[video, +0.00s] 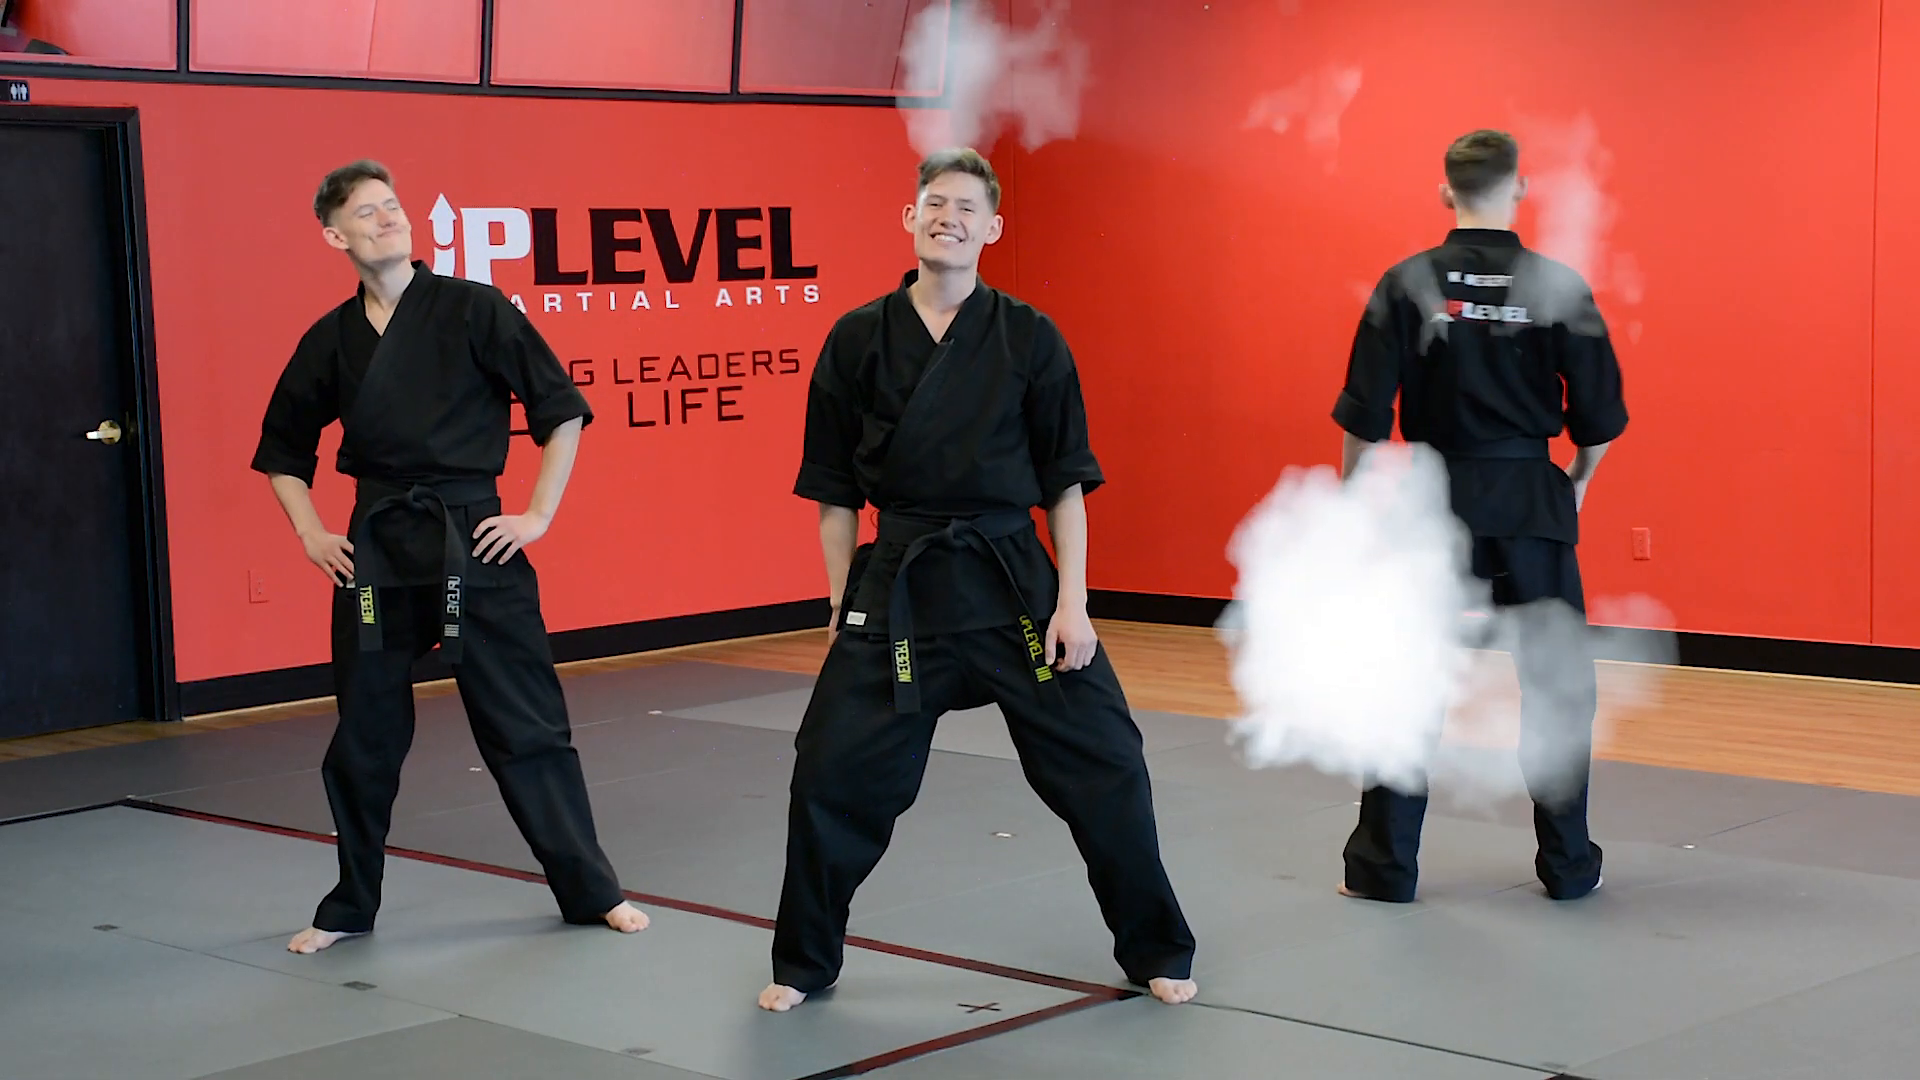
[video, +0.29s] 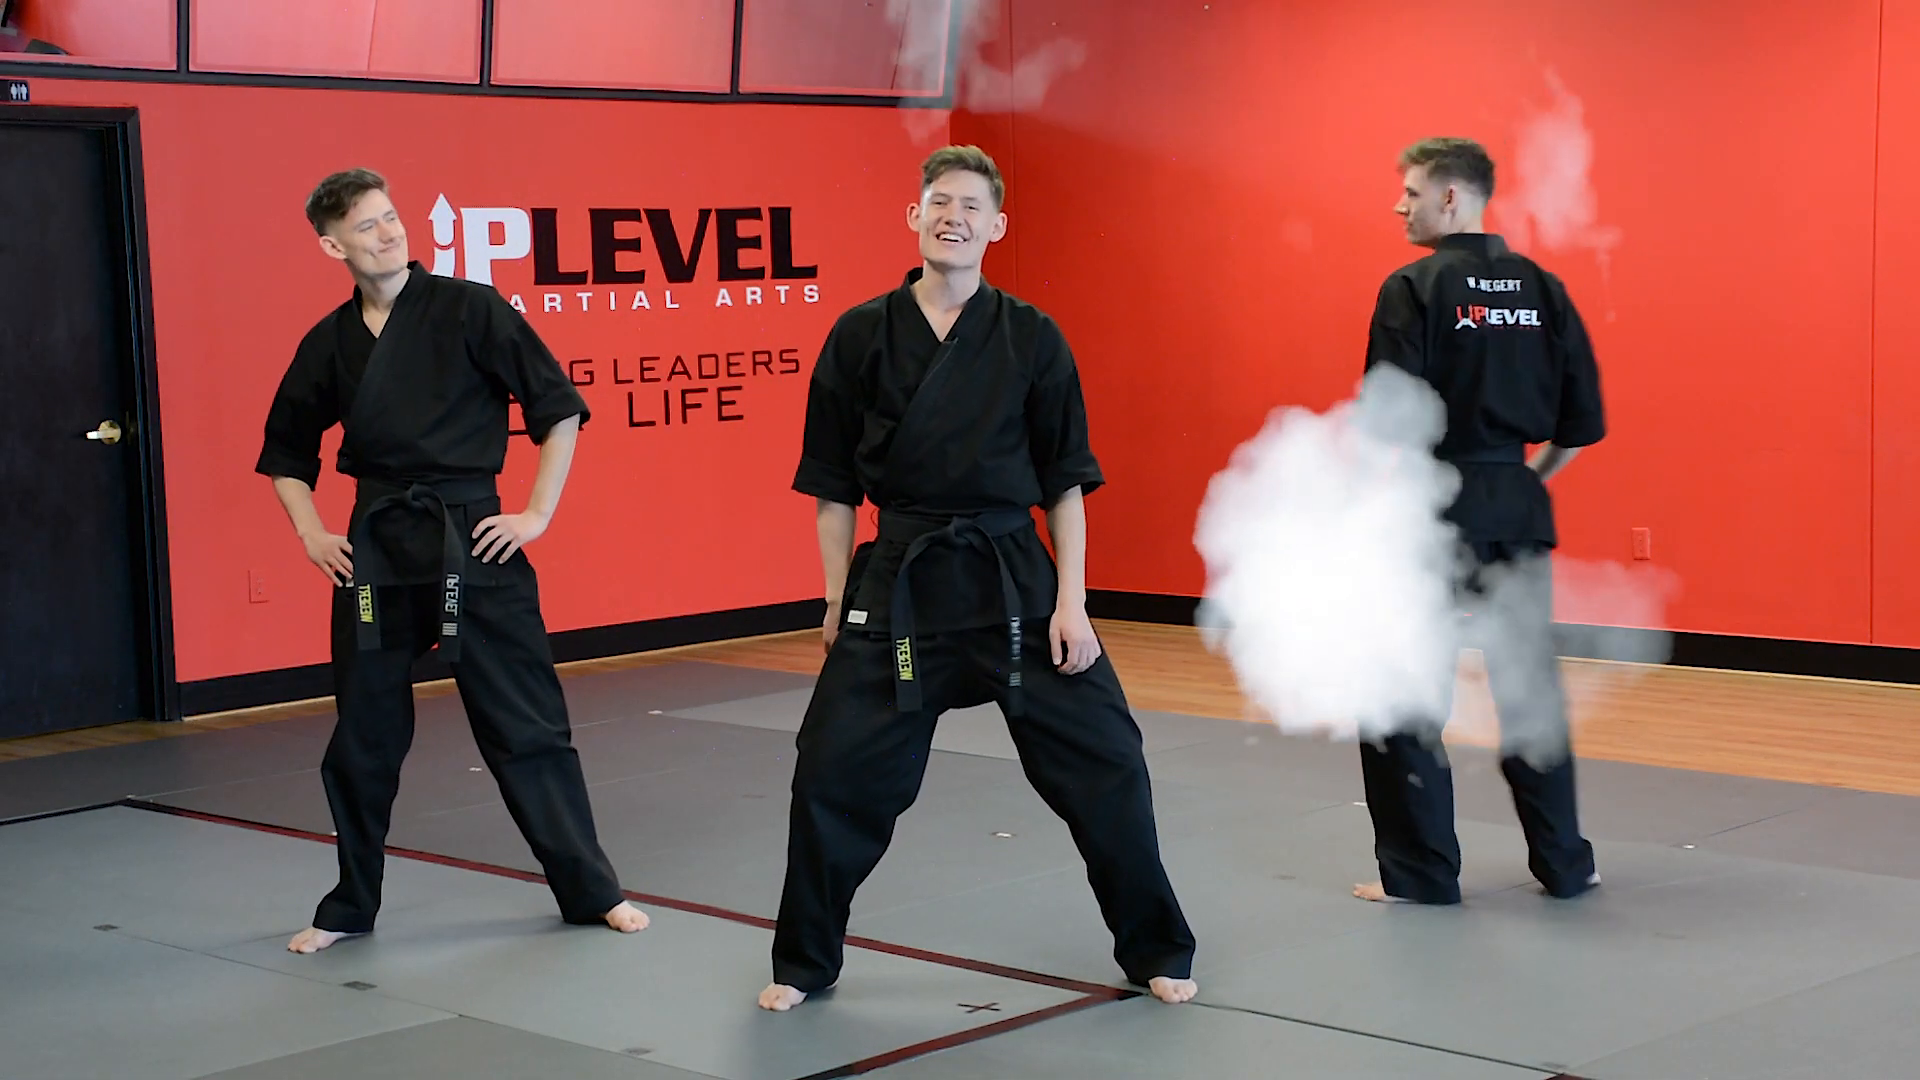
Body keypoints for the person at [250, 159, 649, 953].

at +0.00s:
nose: (387, 217)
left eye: (392, 204)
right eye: (366, 212)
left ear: (410, 218)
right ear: (337, 239)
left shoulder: (476, 309)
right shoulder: (331, 340)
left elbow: (564, 409)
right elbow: (281, 447)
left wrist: (538, 516)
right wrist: (311, 533)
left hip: (476, 538)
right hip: (378, 546)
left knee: (529, 725)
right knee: (362, 740)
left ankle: (592, 892)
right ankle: (352, 904)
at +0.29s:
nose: (388, 231)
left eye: (392, 217)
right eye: (368, 226)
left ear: (406, 226)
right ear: (336, 249)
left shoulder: (472, 308)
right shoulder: (329, 344)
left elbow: (561, 408)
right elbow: (286, 451)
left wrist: (536, 515)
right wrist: (312, 534)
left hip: (475, 539)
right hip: (378, 545)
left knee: (528, 725)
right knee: (362, 740)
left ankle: (591, 892)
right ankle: (352, 905)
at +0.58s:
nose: (380, 226)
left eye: (385, 212)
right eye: (358, 221)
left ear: (402, 223)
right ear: (330, 246)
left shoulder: (472, 307)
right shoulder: (327, 344)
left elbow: (561, 407)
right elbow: (284, 450)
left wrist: (537, 513)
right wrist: (312, 533)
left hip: (477, 539)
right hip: (379, 546)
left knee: (530, 725)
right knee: (363, 741)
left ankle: (592, 892)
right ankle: (351, 906)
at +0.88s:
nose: (379, 234)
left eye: (383, 219)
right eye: (359, 230)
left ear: (400, 225)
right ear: (330, 252)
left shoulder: (471, 307)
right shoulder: (330, 346)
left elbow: (561, 406)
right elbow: (286, 451)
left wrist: (538, 512)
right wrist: (313, 534)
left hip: (477, 539)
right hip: (380, 547)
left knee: (530, 724)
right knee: (364, 739)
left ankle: (592, 892)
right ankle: (352, 905)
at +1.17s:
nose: (369, 236)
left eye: (375, 220)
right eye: (349, 229)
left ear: (397, 224)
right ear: (326, 250)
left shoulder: (471, 308)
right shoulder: (328, 347)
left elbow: (560, 404)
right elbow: (285, 454)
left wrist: (538, 512)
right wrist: (313, 534)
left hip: (477, 540)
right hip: (380, 547)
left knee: (530, 725)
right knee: (364, 741)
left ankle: (592, 892)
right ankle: (352, 904)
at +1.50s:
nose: (366, 238)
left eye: (380, 223)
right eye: (352, 226)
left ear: (413, 229)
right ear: (338, 239)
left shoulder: (479, 310)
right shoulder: (336, 344)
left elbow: (567, 409)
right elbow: (283, 438)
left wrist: (541, 511)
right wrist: (269, 461)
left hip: (478, 539)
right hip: (379, 544)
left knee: (530, 724)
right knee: (366, 737)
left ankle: (592, 891)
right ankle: (352, 905)